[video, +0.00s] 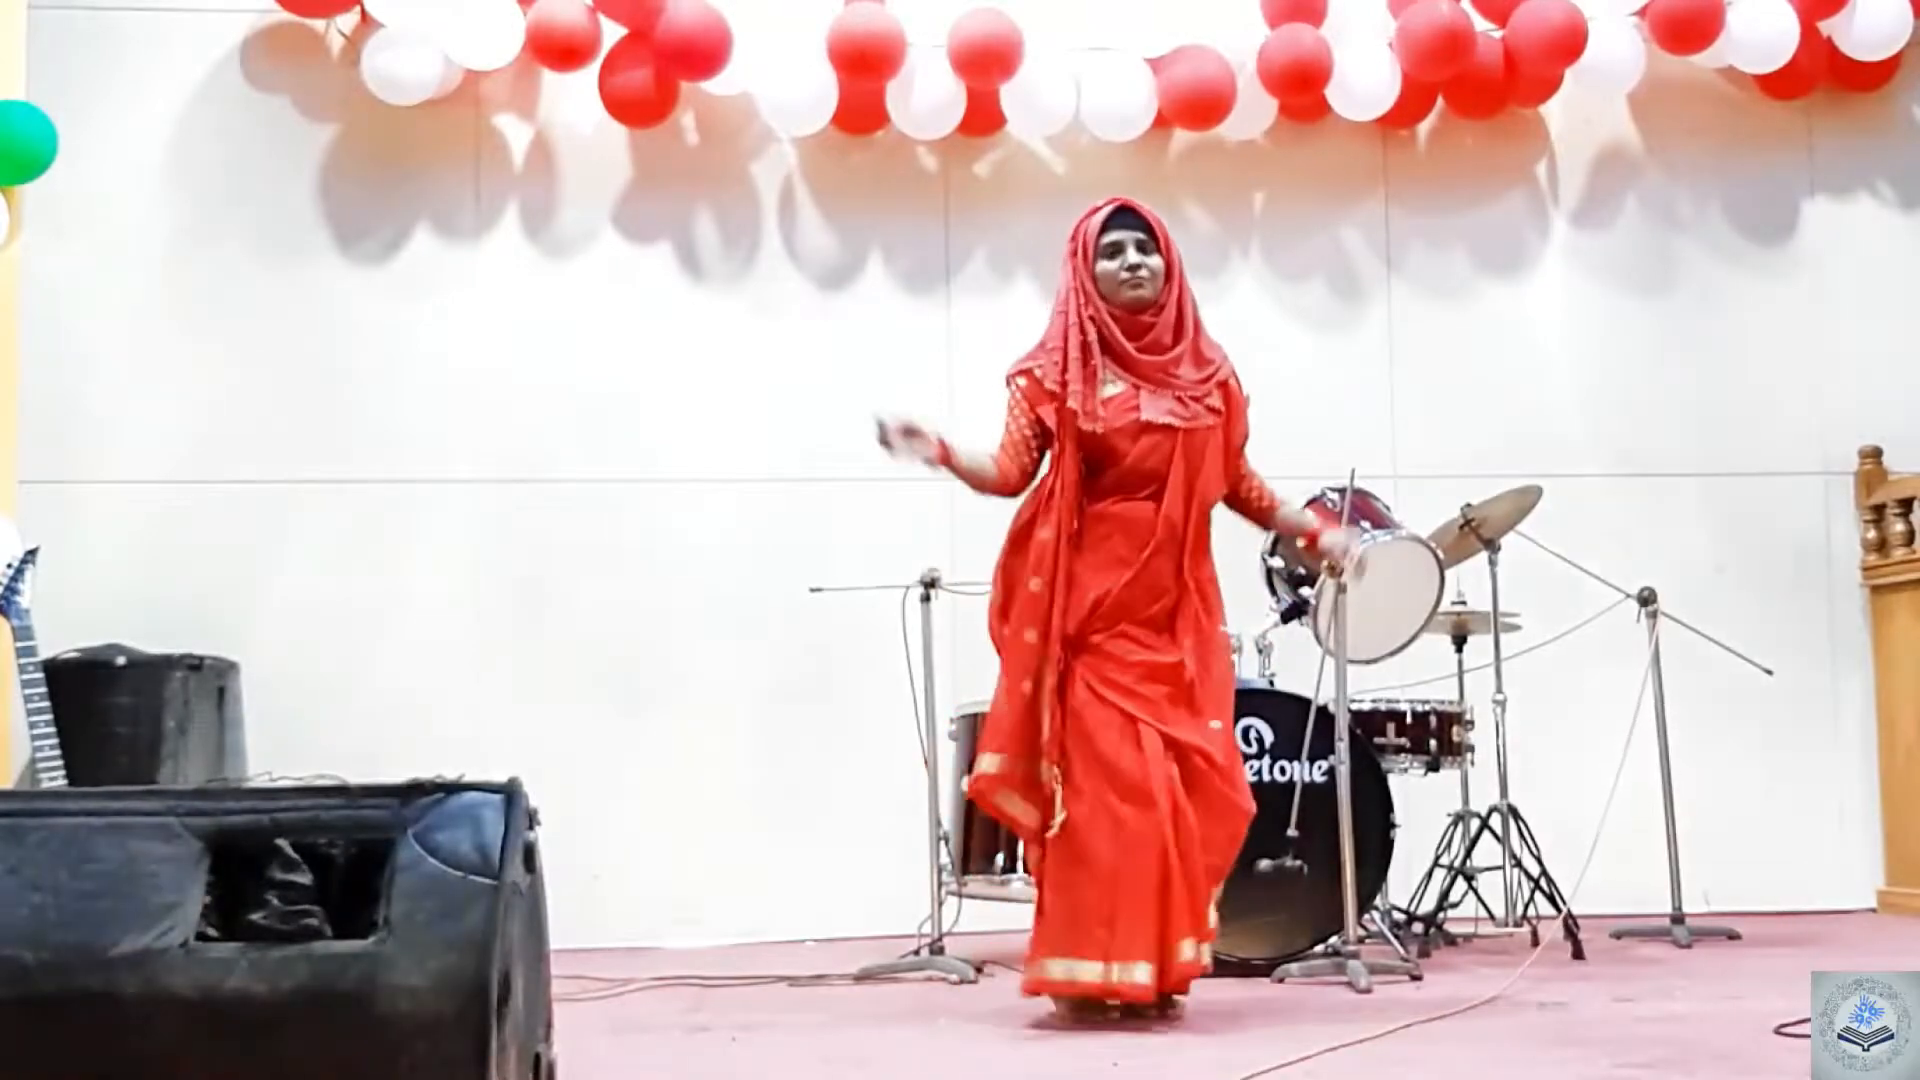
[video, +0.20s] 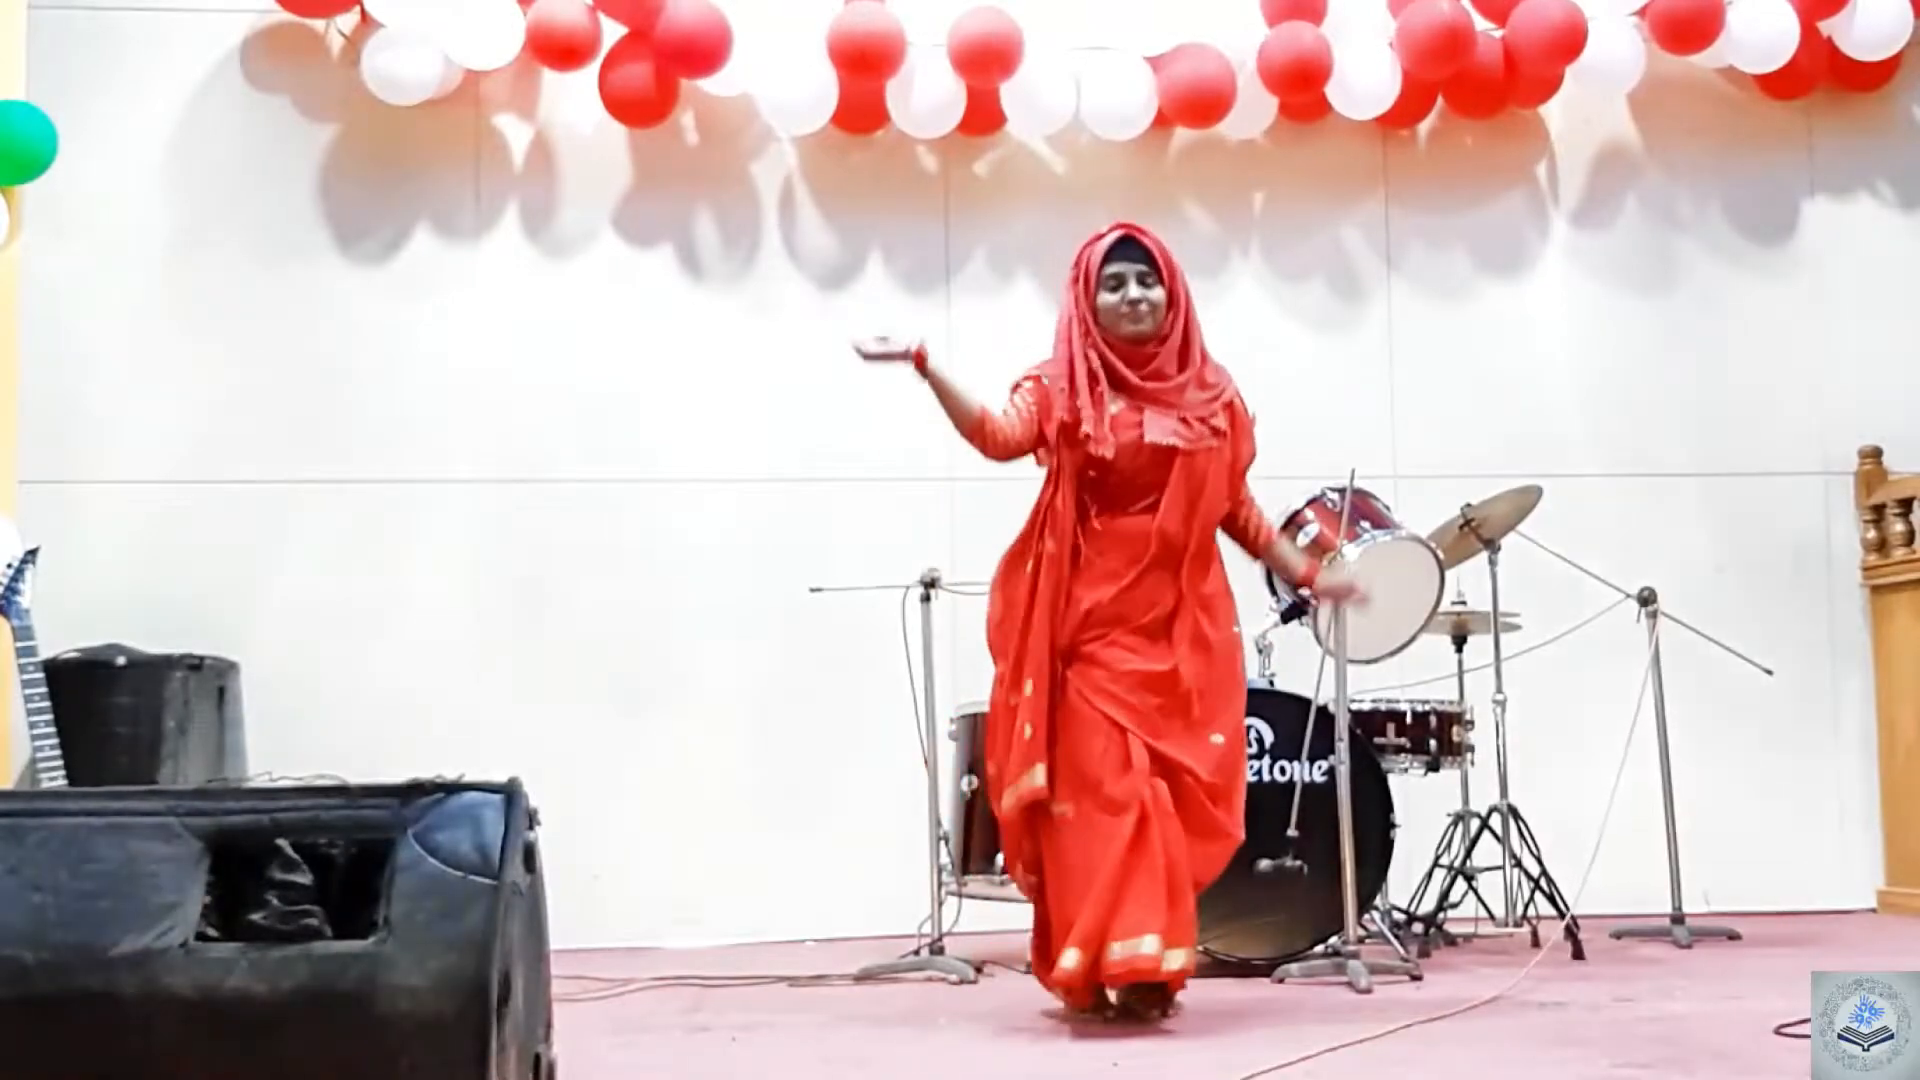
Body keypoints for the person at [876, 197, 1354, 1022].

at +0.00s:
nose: (1132, 262)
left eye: (1143, 249)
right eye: (1113, 254)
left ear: (1167, 265)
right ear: (1086, 275)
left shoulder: (1207, 376)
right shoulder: (1055, 373)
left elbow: (1237, 481)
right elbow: (1009, 473)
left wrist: (1307, 530)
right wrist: (942, 450)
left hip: (1178, 619)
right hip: (1089, 618)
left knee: (1211, 789)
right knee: (1123, 786)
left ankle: (1158, 964)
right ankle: (1106, 978)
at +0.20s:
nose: (1133, 295)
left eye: (1145, 280)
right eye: (1115, 284)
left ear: (1170, 292)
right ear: (1087, 301)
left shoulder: (1209, 395)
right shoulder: (1064, 387)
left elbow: (1235, 504)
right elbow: (999, 438)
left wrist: (1302, 570)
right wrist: (925, 366)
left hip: (1181, 621)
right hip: (1090, 621)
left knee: (1168, 788)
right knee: (1105, 784)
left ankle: (1149, 962)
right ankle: (1115, 968)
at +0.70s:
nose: (1139, 298)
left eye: (1154, 284)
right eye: (1121, 288)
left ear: (1181, 298)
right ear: (1097, 306)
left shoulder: (1219, 394)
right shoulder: (1070, 382)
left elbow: (1321, 399)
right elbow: (1002, 339)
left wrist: (1366, 313)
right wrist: (1077, 284)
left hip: (1197, 612)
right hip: (1098, 612)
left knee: (1193, 777)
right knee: (1111, 763)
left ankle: (1160, 970)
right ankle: (1093, 966)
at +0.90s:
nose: (1143, 244)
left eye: (1158, 233)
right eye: (1127, 232)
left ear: (1182, 251)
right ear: (1099, 252)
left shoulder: (1215, 329)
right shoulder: (1068, 325)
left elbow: (1303, 285)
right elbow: (997, 291)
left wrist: (1266, 200)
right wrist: (1085, 245)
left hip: (1184, 586)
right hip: (1089, 583)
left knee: (1184, 767)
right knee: (1092, 768)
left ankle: (1169, 957)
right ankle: (1093, 970)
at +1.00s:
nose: (1147, 243)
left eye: (1163, 234)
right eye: (1129, 231)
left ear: (1187, 254)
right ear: (1103, 251)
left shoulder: (1211, 326)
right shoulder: (1070, 323)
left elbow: (1289, 275)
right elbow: (995, 293)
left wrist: (1230, 199)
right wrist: (1087, 252)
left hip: (1184, 577)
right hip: (1085, 574)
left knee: (1189, 759)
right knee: (1089, 760)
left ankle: (1178, 944)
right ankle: (1091, 974)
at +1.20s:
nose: (1150, 314)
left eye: (1165, 299)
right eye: (1132, 297)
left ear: (1188, 313)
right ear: (1101, 307)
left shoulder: (1210, 387)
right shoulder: (1068, 385)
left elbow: (1293, 372)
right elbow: (990, 372)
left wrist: (1222, 313)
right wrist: (1094, 329)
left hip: (1194, 634)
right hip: (1094, 630)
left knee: (1200, 807)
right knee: (1092, 797)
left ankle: (1170, 980)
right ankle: (1074, 987)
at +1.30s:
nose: (1138, 279)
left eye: (1152, 266)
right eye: (1121, 267)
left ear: (1176, 282)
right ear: (1091, 280)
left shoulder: (1206, 358)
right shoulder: (1060, 356)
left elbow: (1298, 334)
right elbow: (973, 336)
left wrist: (1222, 288)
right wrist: (1071, 302)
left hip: (1193, 605)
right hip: (1094, 602)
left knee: (1199, 790)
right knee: (1094, 784)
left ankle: (1169, 977)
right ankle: (1087, 980)